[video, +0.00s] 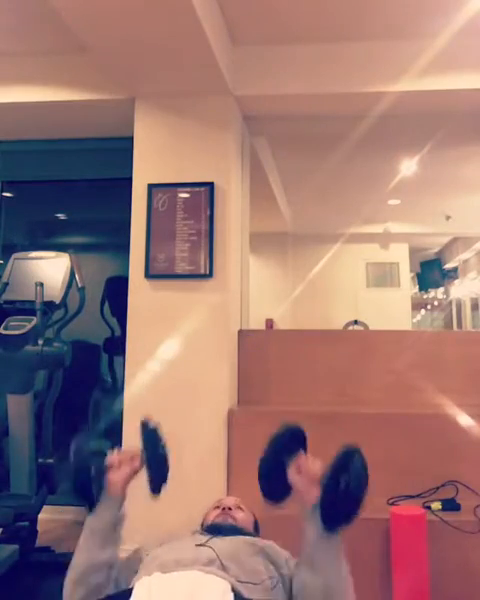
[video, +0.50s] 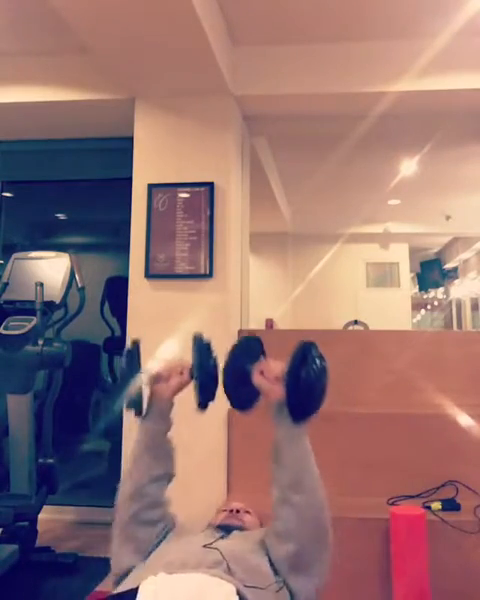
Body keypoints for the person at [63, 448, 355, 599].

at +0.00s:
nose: (226, 506)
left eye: (238, 508)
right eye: (218, 506)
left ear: (255, 530)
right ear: (199, 524)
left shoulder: (271, 553)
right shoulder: (156, 550)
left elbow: (324, 594)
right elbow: (83, 592)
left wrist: (315, 509)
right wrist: (112, 496)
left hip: (223, 589)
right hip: (150, 586)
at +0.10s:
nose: (227, 513)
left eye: (238, 514)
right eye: (218, 512)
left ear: (258, 533)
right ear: (201, 527)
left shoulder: (273, 553)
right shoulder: (156, 552)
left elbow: (332, 581)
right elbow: (92, 565)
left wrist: (307, 468)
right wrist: (124, 461)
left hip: (227, 591)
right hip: (154, 588)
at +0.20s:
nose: (228, 513)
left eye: (240, 515)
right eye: (220, 512)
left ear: (259, 533)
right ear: (204, 527)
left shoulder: (275, 553)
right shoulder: (153, 547)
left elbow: (319, 535)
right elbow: (110, 517)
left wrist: (296, 431)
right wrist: (140, 429)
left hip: (223, 590)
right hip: (152, 587)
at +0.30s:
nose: (233, 515)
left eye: (245, 516)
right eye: (224, 513)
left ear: (262, 532)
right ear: (208, 524)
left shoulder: (282, 563)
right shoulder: (150, 546)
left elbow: (305, 506)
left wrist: (286, 404)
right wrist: (155, 398)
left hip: (220, 589)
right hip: (144, 588)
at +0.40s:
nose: (236, 512)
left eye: (248, 514)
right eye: (227, 511)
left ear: (262, 528)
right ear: (212, 521)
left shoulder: (280, 557)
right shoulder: (161, 539)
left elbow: (297, 489)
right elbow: (154, 471)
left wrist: (279, 394)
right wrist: (163, 389)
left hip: (224, 588)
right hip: (146, 587)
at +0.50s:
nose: (234, 510)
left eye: (245, 512)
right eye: (226, 509)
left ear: (261, 529)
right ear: (209, 521)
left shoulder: (281, 560)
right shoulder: (155, 546)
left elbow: (301, 502)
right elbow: (142, 486)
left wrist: (284, 407)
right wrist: (159, 403)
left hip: (223, 588)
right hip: (144, 588)